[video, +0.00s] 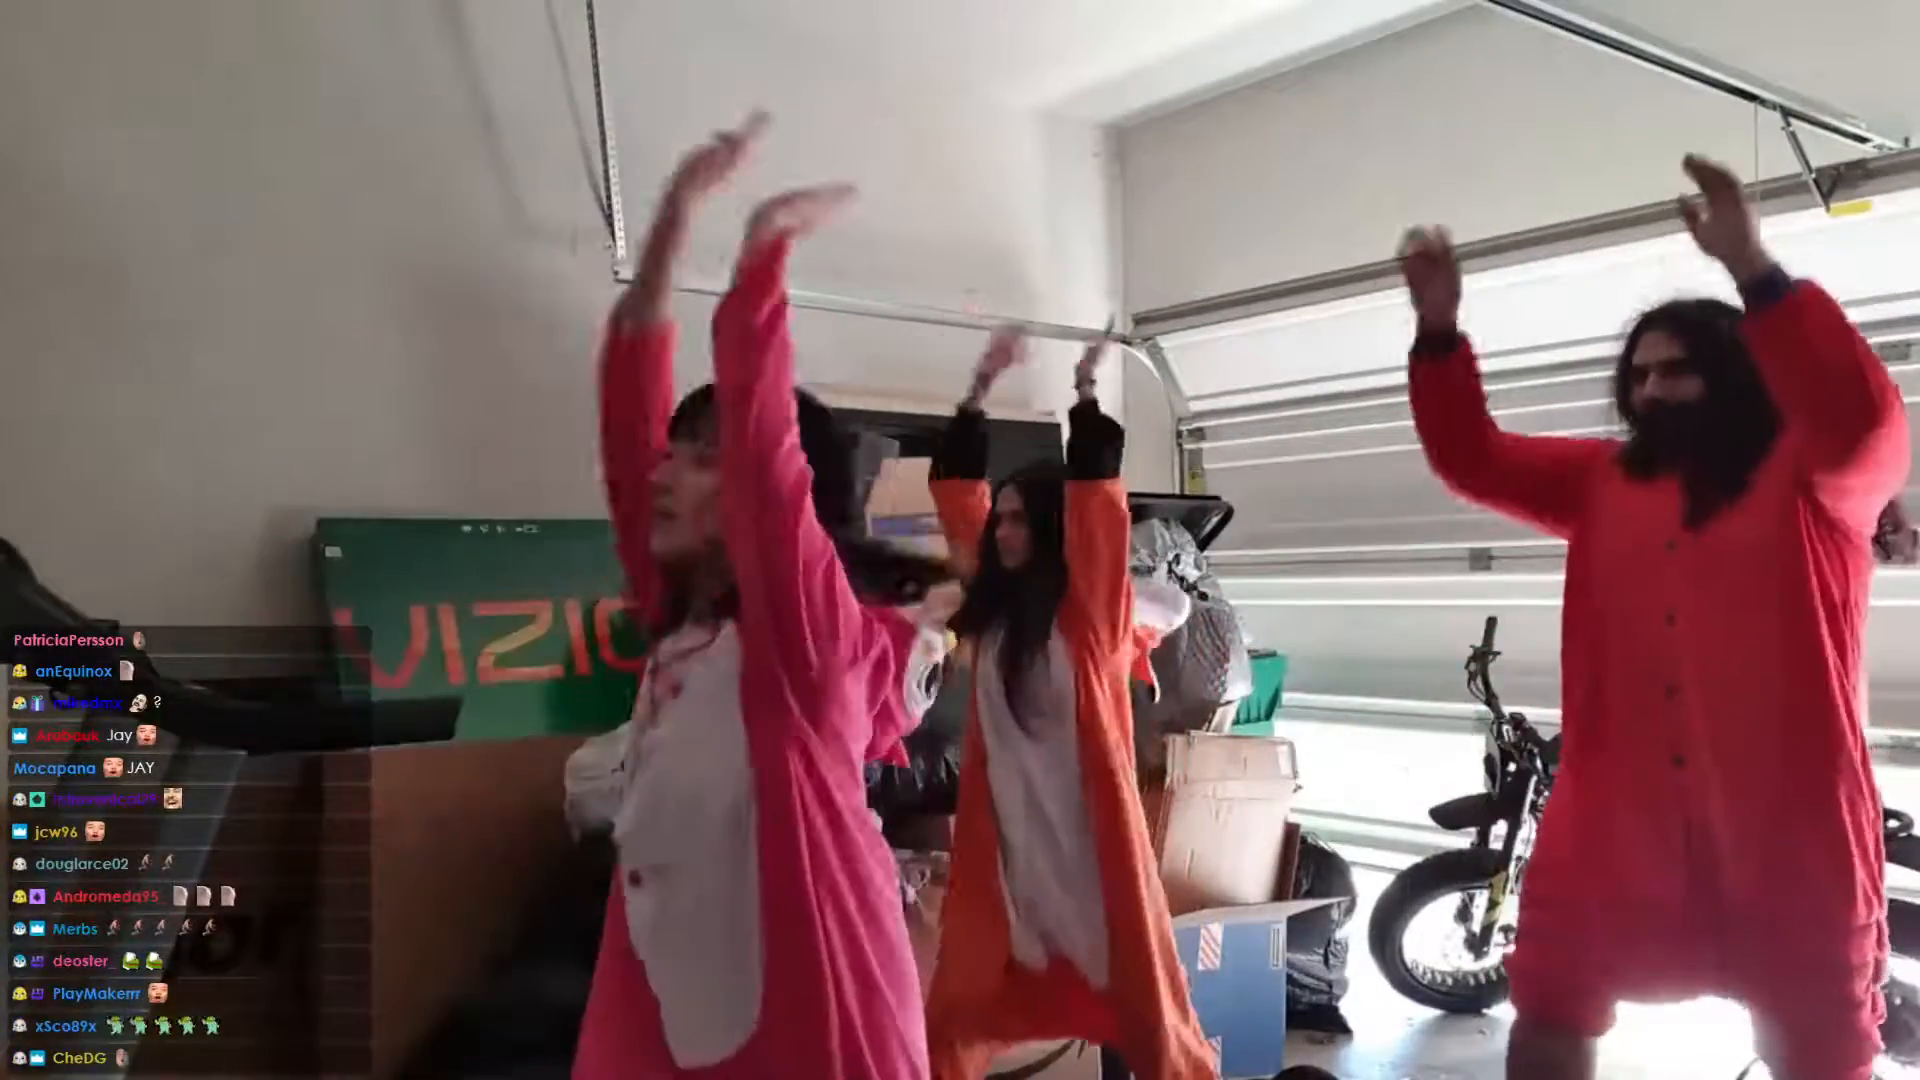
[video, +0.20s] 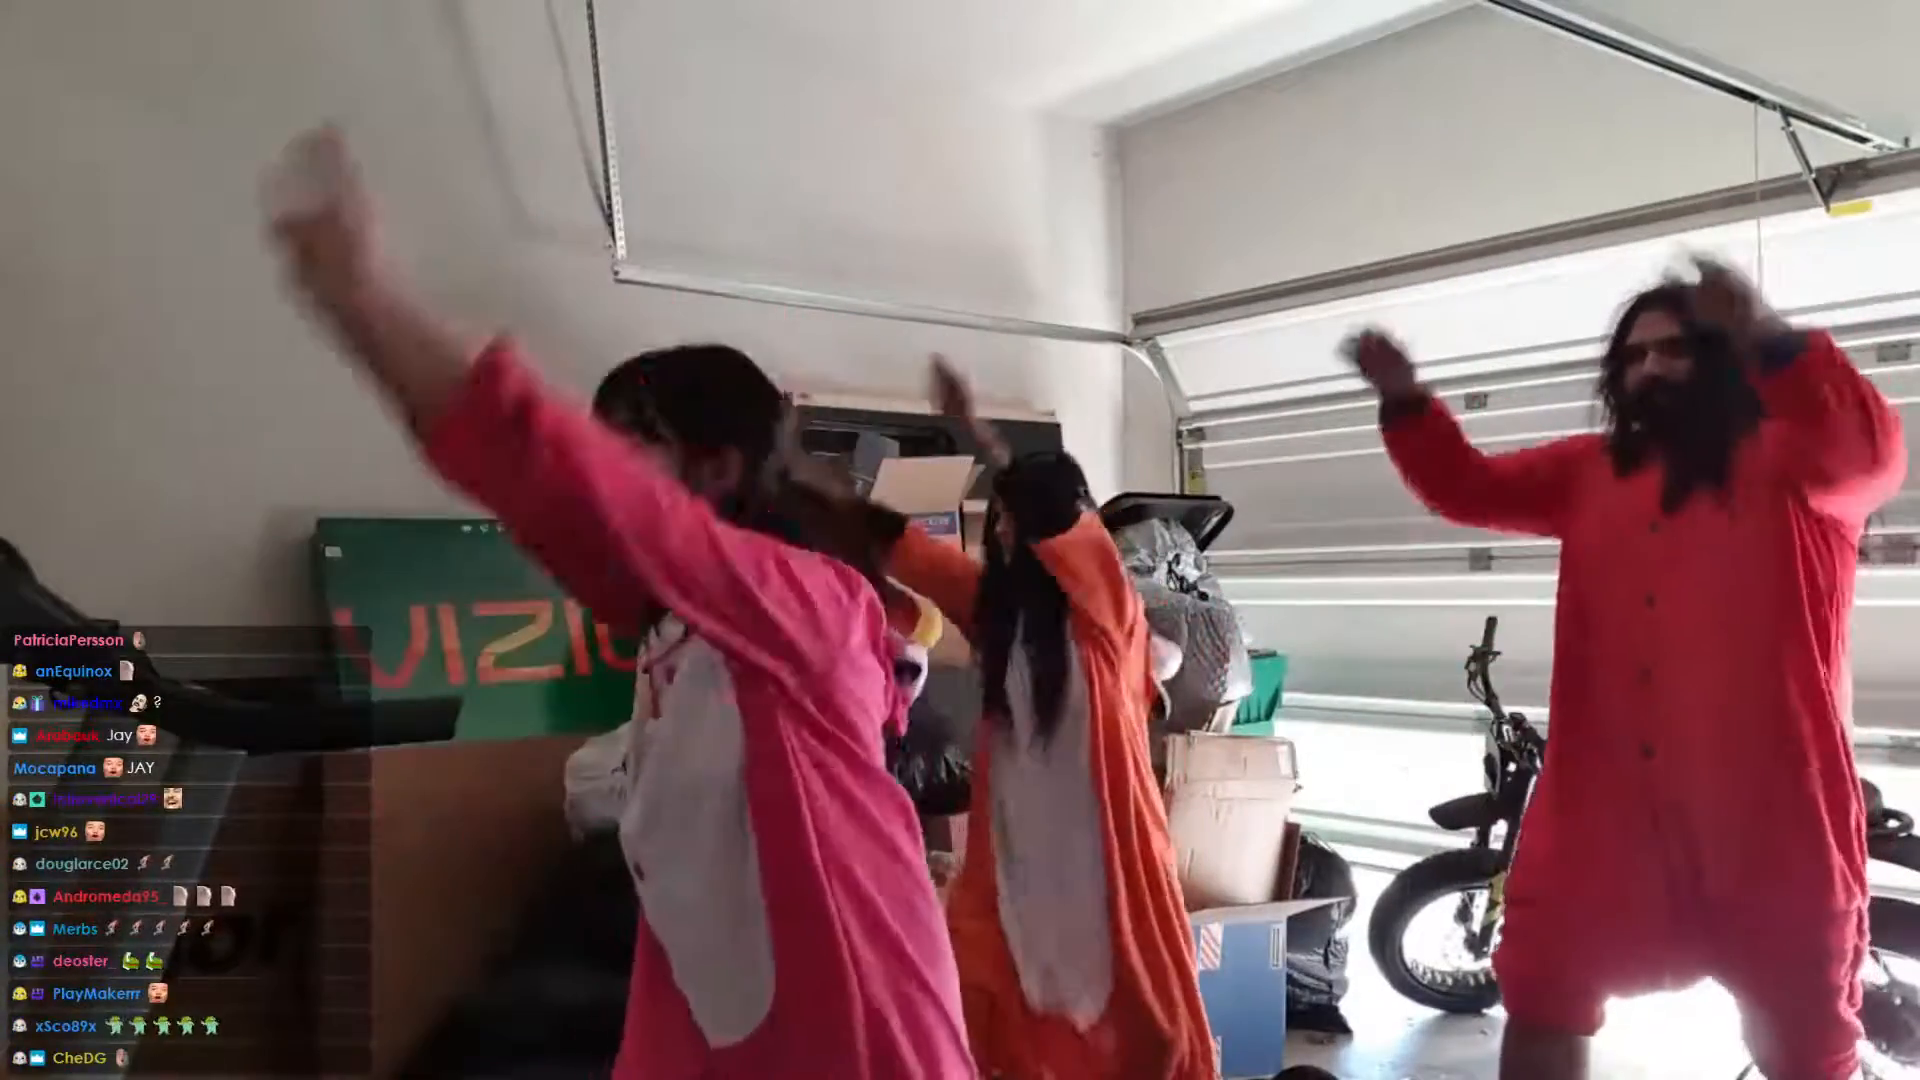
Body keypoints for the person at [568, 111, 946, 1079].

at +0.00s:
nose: (662, 469)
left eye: (696, 450)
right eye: (667, 448)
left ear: (764, 482)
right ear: (663, 472)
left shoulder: (810, 648)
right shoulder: (680, 629)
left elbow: (769, 465)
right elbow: (634, 434)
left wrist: (763, 256)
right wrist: (669, 221)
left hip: (811, 1045)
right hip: (664, 1047)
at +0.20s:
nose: (603, 481)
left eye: (620, 455)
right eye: (597, 456)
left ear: (714, 468)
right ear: (709, 472)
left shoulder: (818, 611)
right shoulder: (677, 640)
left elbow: (598, 498)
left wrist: (371, 302)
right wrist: (358, 322)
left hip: (855, 1054)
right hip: (706, 1055)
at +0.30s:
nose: (550, 499)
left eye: (579, 473)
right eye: (549, 476)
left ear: (676, 492)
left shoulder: (799, 620)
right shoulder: (614, 631)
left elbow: (667, 747)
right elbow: (464, 673)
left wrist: (472, 818)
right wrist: (309, 700)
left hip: (875, 1022)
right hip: (721, 1018)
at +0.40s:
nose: (498, 574)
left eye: (528, 548)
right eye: (498, 549)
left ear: (630, 572)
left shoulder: (759, 714)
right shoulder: (589, 723)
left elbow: (757, 978)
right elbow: (513, 928)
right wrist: (430, 1060)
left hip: (897, 1031)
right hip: (762, 1031)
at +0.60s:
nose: (590, 499)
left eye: (623, 470)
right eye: (587, 471)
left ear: (721, 492)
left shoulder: (801, 648)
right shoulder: (655, 653)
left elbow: (777, 926)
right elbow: (608, 886)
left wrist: (727, 1065)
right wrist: (527, 1048)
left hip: (880, 1048)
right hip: (749, 1040)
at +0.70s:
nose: (684, 440)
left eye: (715, 416)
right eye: (686, 413)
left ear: (808, 435)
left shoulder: (862, 589)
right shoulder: (725, 574)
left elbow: (659, 665)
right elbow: (549, 633)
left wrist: (386, 667)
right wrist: (273, 639)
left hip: (850, 1023)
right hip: (732, 1013)